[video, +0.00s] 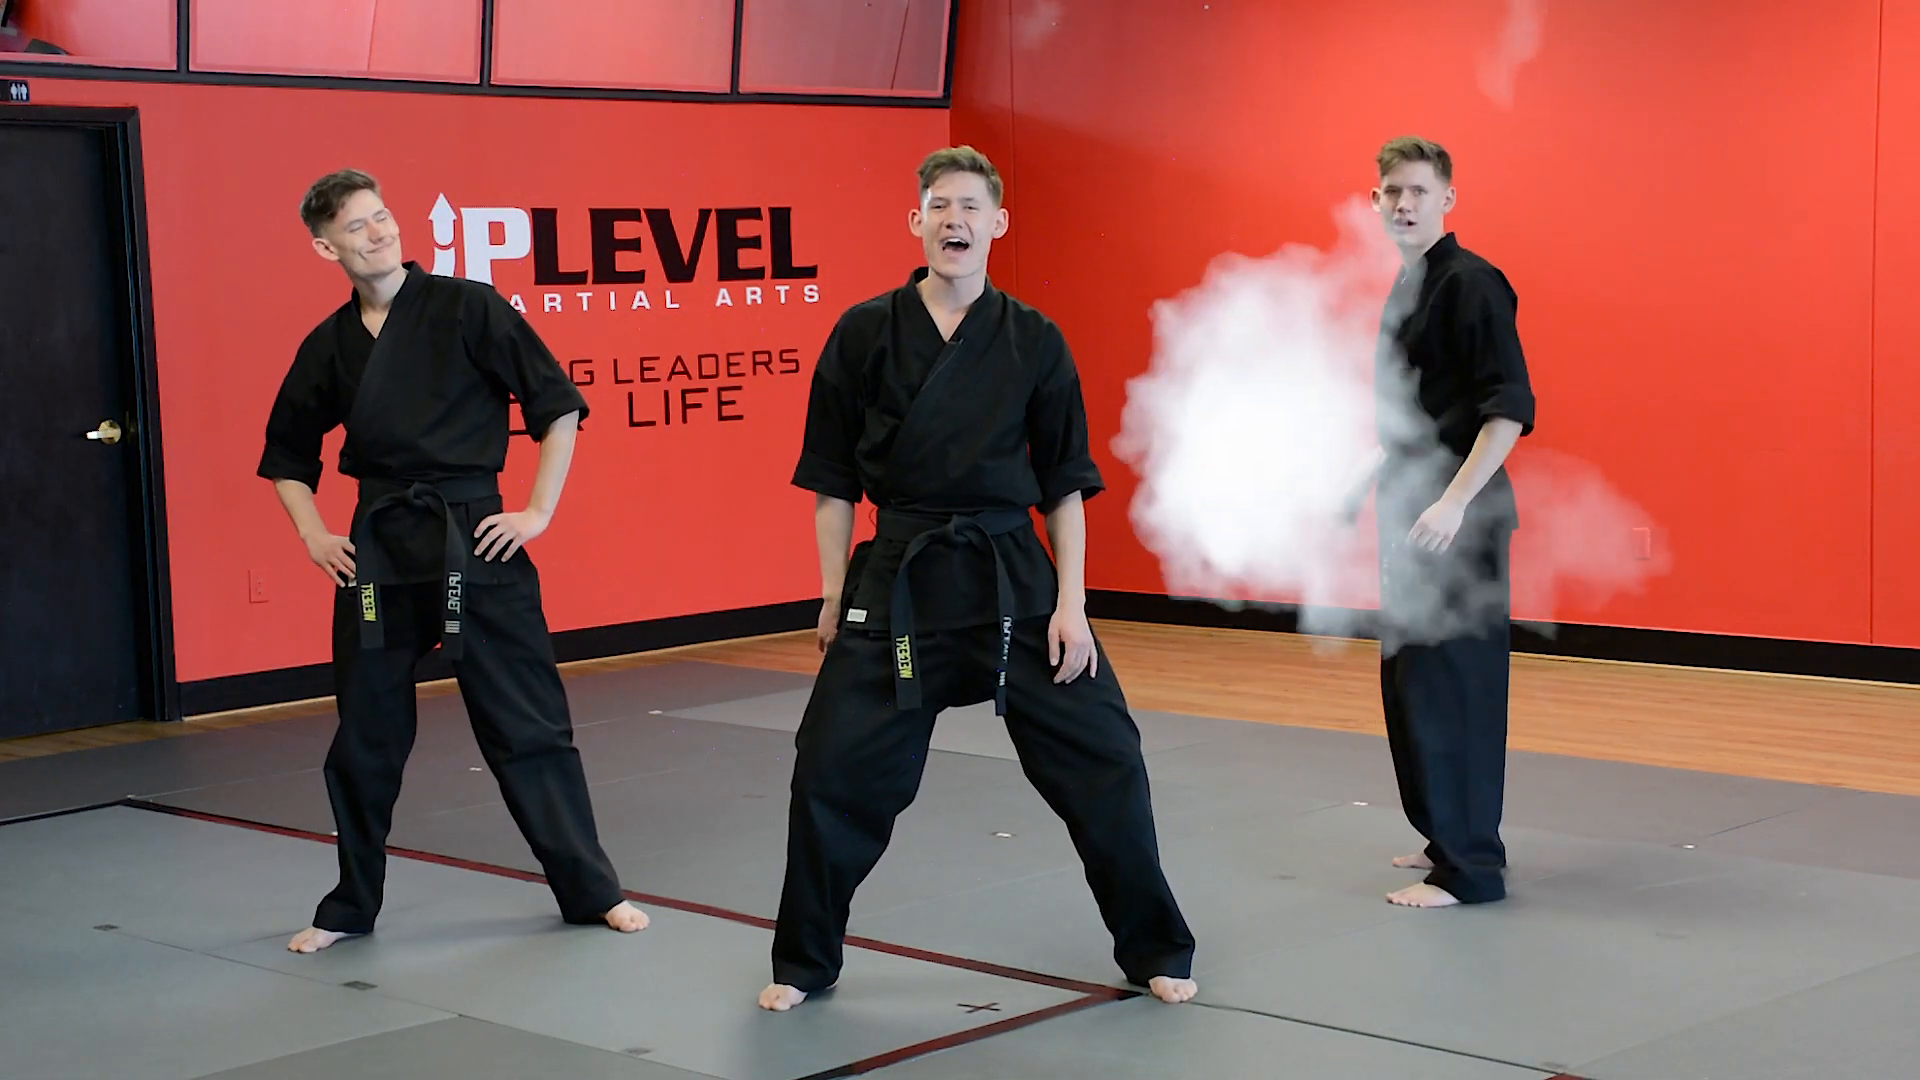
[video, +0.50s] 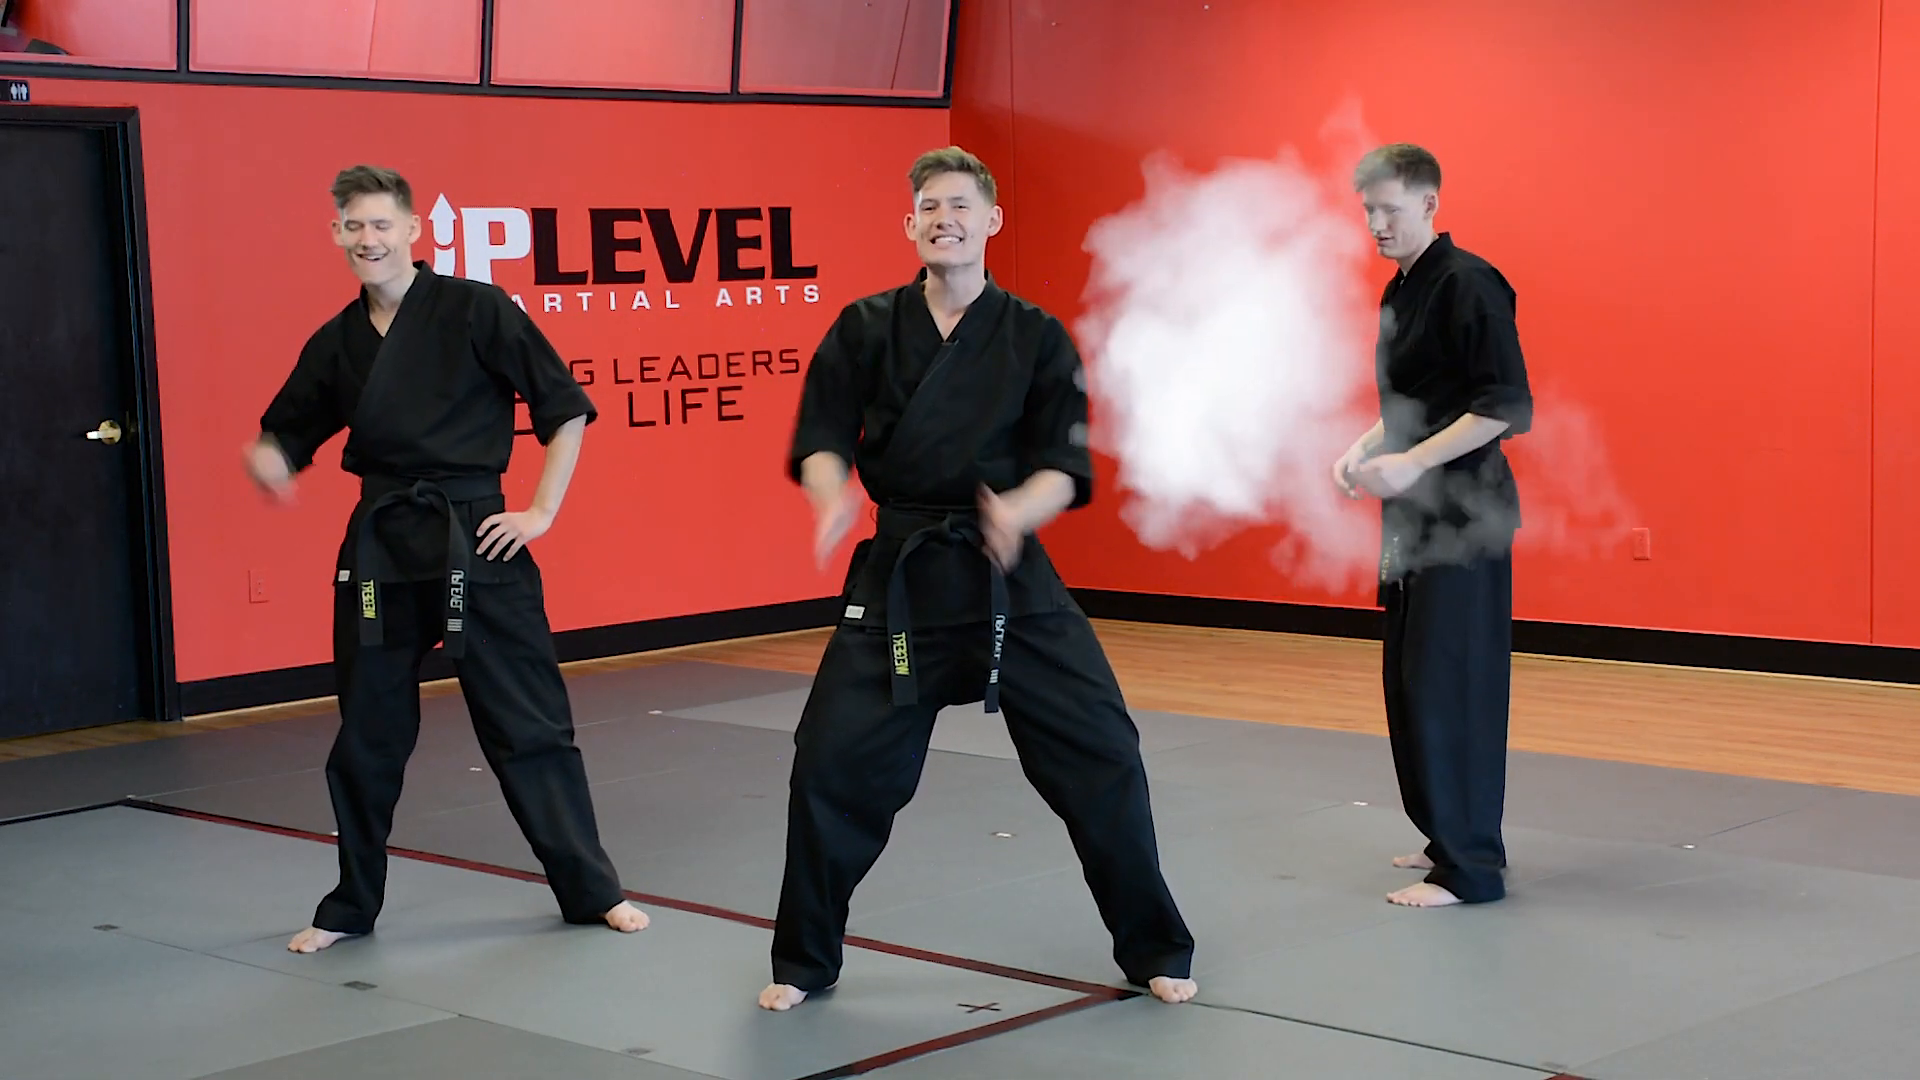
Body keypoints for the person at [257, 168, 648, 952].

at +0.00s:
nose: (377, 231)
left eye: (381, 216)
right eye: (356, 226)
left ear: (399, 225)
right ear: (328, 250)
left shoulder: (470, 306)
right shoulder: (329, 346)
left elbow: (560, 405)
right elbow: (286, 452)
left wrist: (538, 512)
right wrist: (313, 533)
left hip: (477, 538)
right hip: (380, 545)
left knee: (529, 725)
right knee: (364, 740)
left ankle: (592, 892)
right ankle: (352, 905)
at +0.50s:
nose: (366, 238)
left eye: (380, 223)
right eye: (352, 226)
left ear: (413, 229)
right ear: (338, 239)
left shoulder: (479, 310)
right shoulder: (336, 344)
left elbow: (567, 409)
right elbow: (283, 438)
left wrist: (541, 511)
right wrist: (269, 461)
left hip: (478, 539)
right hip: (379, 544)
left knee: (530, 724)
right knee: (366, 737)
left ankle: (592, 891)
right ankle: (352, 905)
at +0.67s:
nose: (370, 244)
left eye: (384, 230)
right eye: (361, 231)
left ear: (427, 231)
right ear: (354, 235)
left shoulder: (489, 313)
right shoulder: (339, 338)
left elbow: (577, 414)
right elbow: (257, 430)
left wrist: (543, 515)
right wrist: (231, 357)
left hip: (482, 537)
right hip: (382, 542)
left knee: (532, 724)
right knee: (368, 737)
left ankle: (592, 892)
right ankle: (351, 908)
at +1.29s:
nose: (427, 234)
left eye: (443, 222)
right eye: (417, 221)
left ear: (479, 228)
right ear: (405, 226)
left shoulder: (520, 320)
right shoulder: (367, 314)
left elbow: (607, 425)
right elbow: (250, 360)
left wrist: (549, 505)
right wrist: (308, 335)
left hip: (499, 538)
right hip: (399, 540)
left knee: (541, 725)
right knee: (379, 735)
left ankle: (593, 891)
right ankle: (353, 905)